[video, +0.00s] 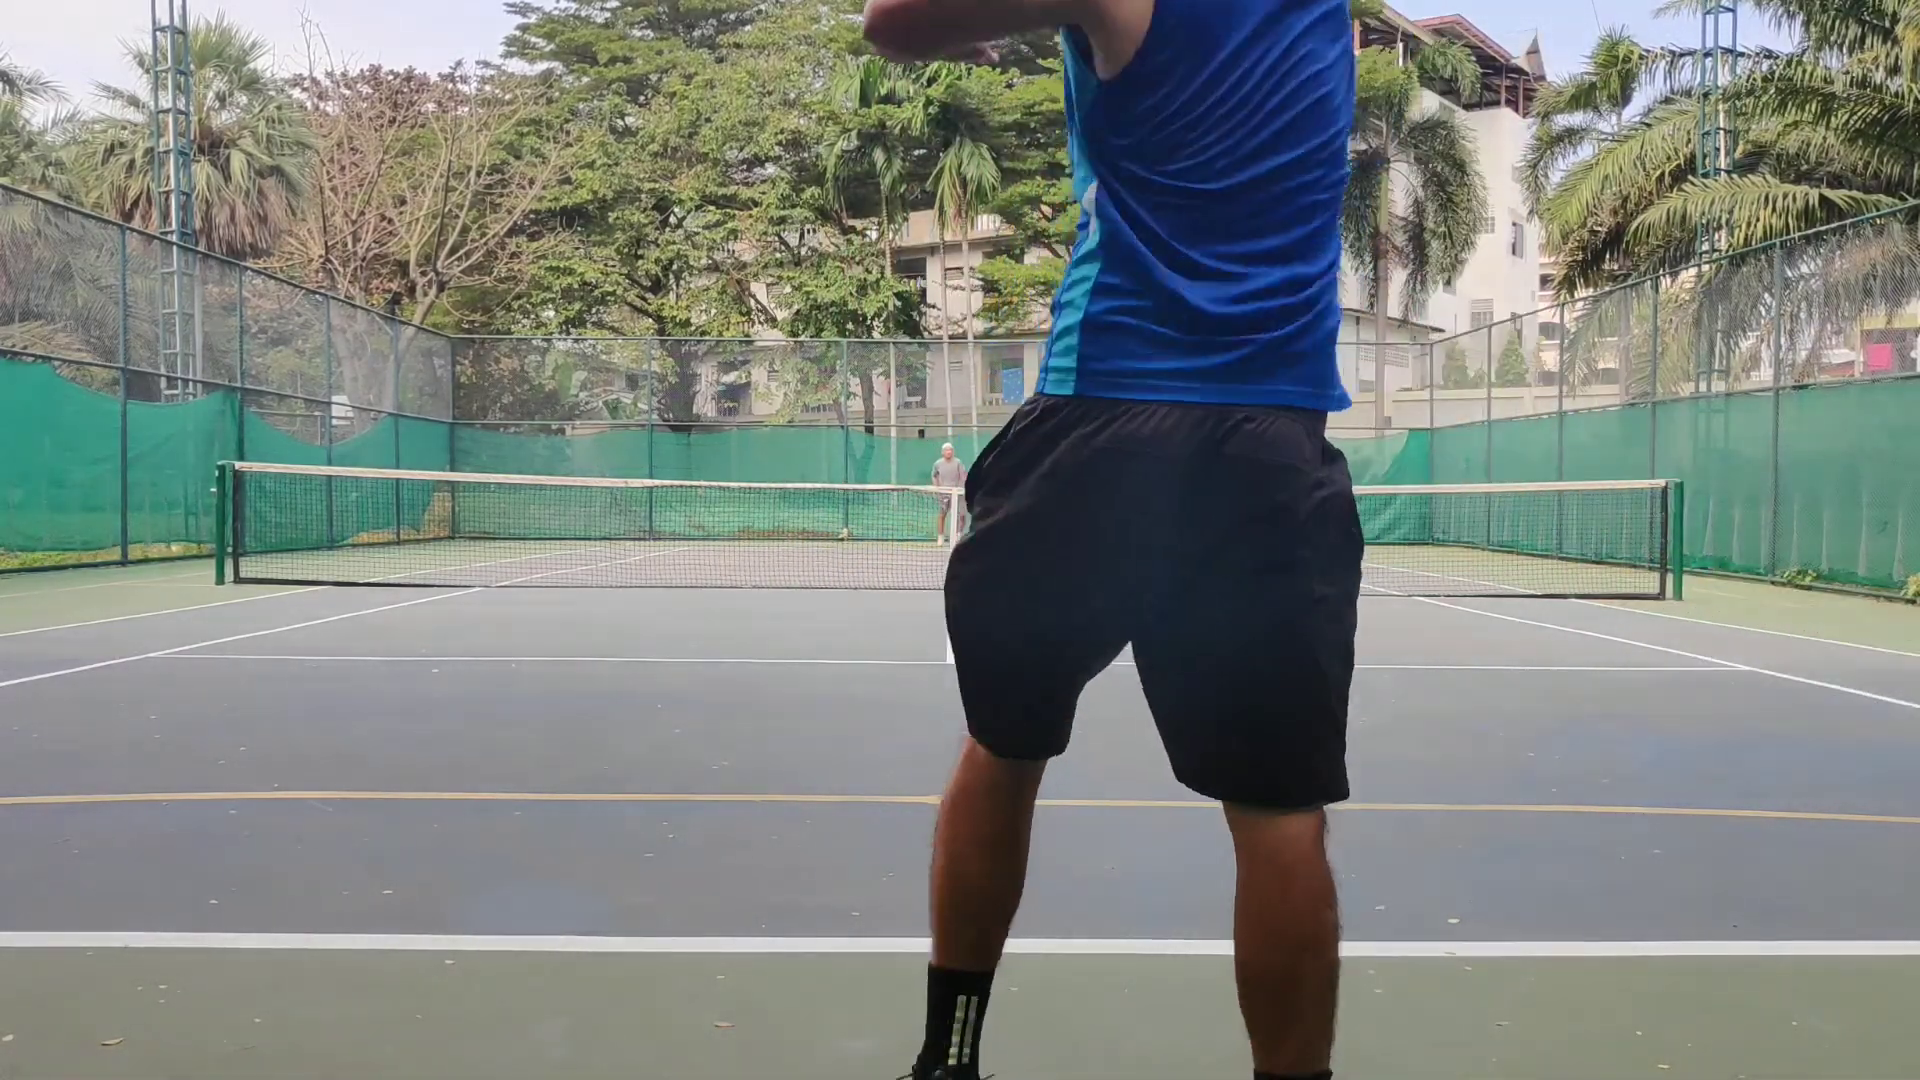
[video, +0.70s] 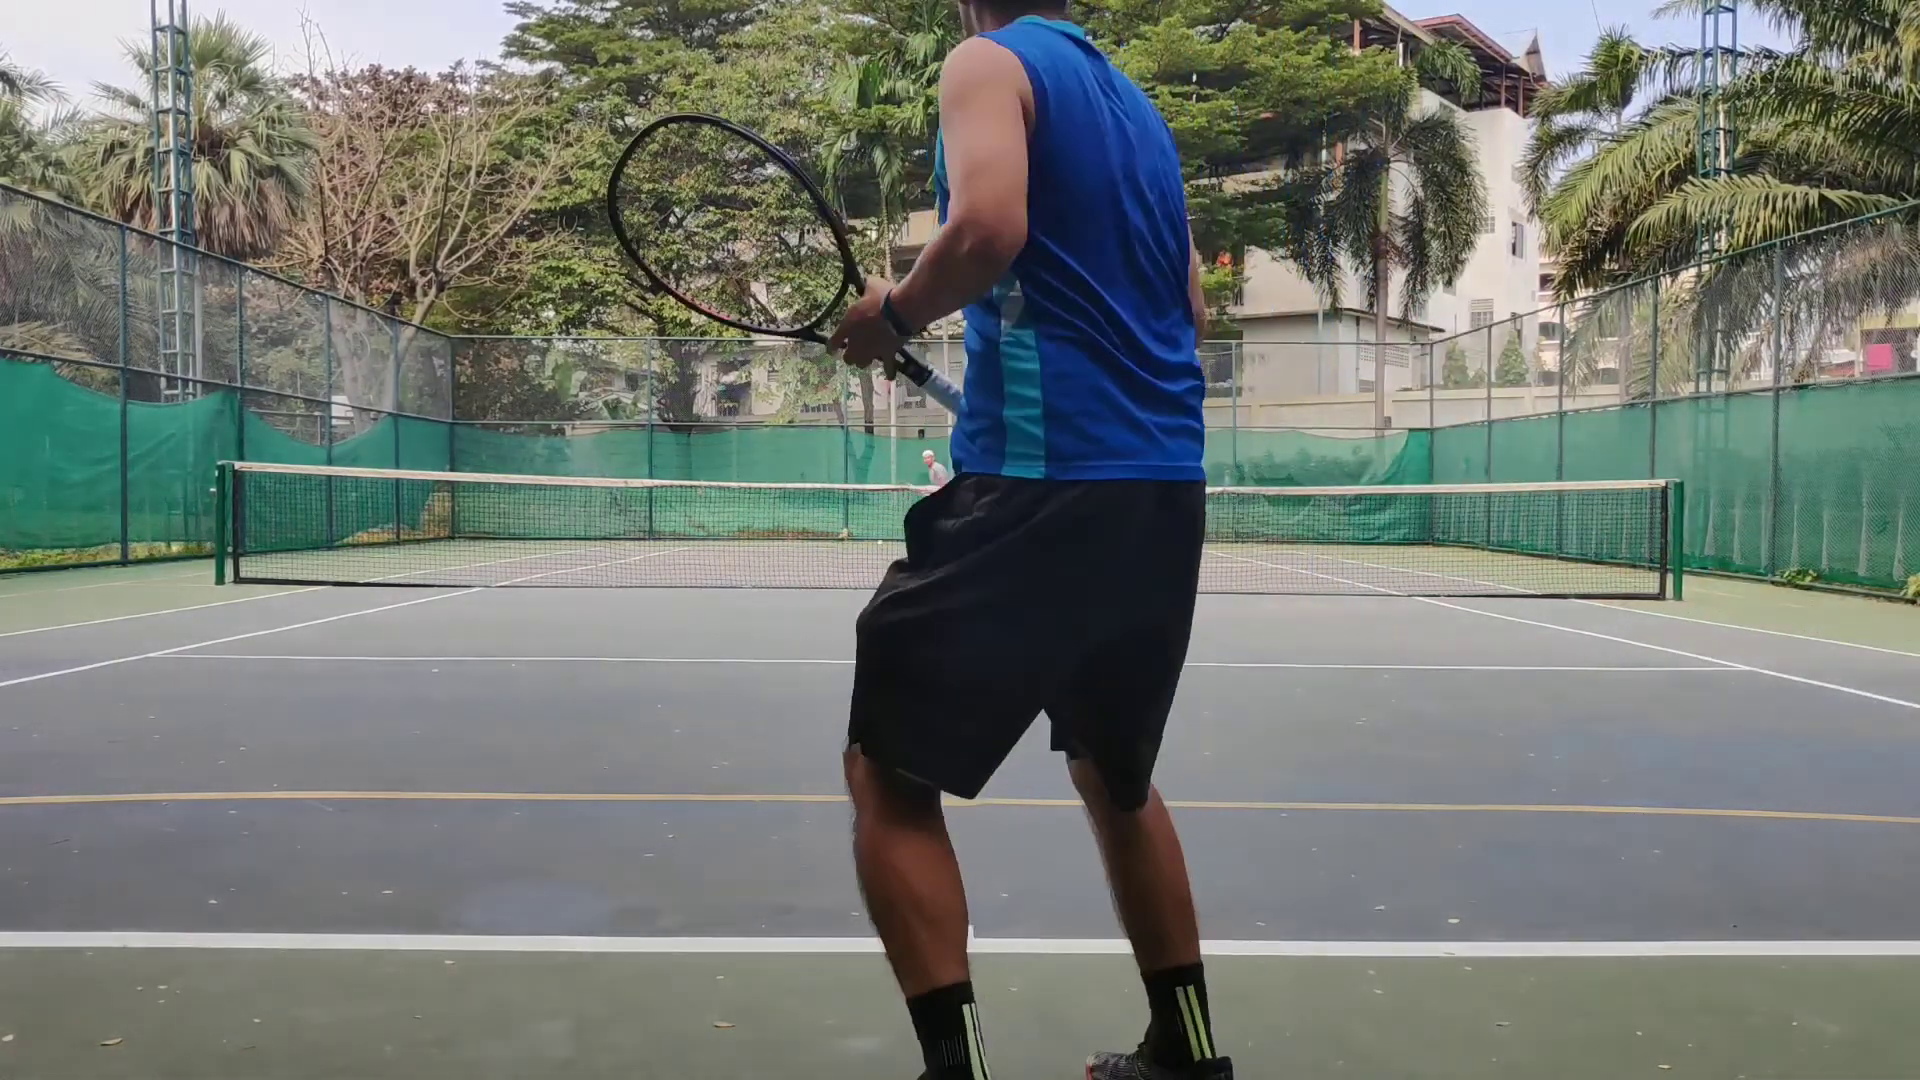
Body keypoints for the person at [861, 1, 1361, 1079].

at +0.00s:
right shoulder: (1328, 12)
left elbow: (893, 25)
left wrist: (1038, 11)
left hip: (1090, 444)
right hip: (1273, 457)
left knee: (1003, 745)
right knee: (1281, 820)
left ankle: (948, 1051)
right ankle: (1295, 1077)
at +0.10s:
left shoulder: (1102, 12)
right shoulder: (1251, 17)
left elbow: (988, 65)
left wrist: (872, 70)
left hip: (1075, 460)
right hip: (1244, 462)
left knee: (985, 797)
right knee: (1264, 820)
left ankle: (957, 1067)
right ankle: (1291, 1071)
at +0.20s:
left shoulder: (1053, 8)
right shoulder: (1166, 36)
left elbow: (1114, 133)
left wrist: (902, 145)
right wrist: (970, 137)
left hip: (1044, 479)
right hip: (1201, 478)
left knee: (956, 806)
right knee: (1236, 814)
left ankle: (958, 1071)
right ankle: (1306, 1075)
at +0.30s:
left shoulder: (1040, 32)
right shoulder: (1073, 51)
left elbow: (1155, 184)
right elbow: (888, 94)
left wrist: (933, 237)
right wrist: (827, 37)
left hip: (1013, 507)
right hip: (1153, 509)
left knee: (926, 816)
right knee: (1199, 810)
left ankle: (955, 1073)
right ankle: (1330, 1069)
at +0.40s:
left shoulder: (1027, 32)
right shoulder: (1012, 79)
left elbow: (1145, 179)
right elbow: (891, 199)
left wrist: (945, 284)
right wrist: (787, 197)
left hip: (1007, 492)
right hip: (1136, 495)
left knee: (925, 815)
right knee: (1160, 789)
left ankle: (955, 1079)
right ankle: (1317, 1057)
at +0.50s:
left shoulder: (1009, 16)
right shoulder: (1084, 40)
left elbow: (1114, 158)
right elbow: (1063, 266)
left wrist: (938, 281)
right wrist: (916, 291)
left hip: (1011, 469)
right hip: (1136, 469)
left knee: (936, 792)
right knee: (1133, 762)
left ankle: (954, 1076)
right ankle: (1254, 1052)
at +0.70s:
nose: (957, 21)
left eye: (956, 13)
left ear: (968, 3)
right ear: (1064, 1)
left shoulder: (987, 62)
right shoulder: (1140, 106)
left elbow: (990, 228)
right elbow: (1184, 306)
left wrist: (895, 314)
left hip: (1030, 489)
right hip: (1162, 496)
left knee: (890, 774)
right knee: (1116, 768)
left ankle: (952, 1065)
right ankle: (1187, 1045)